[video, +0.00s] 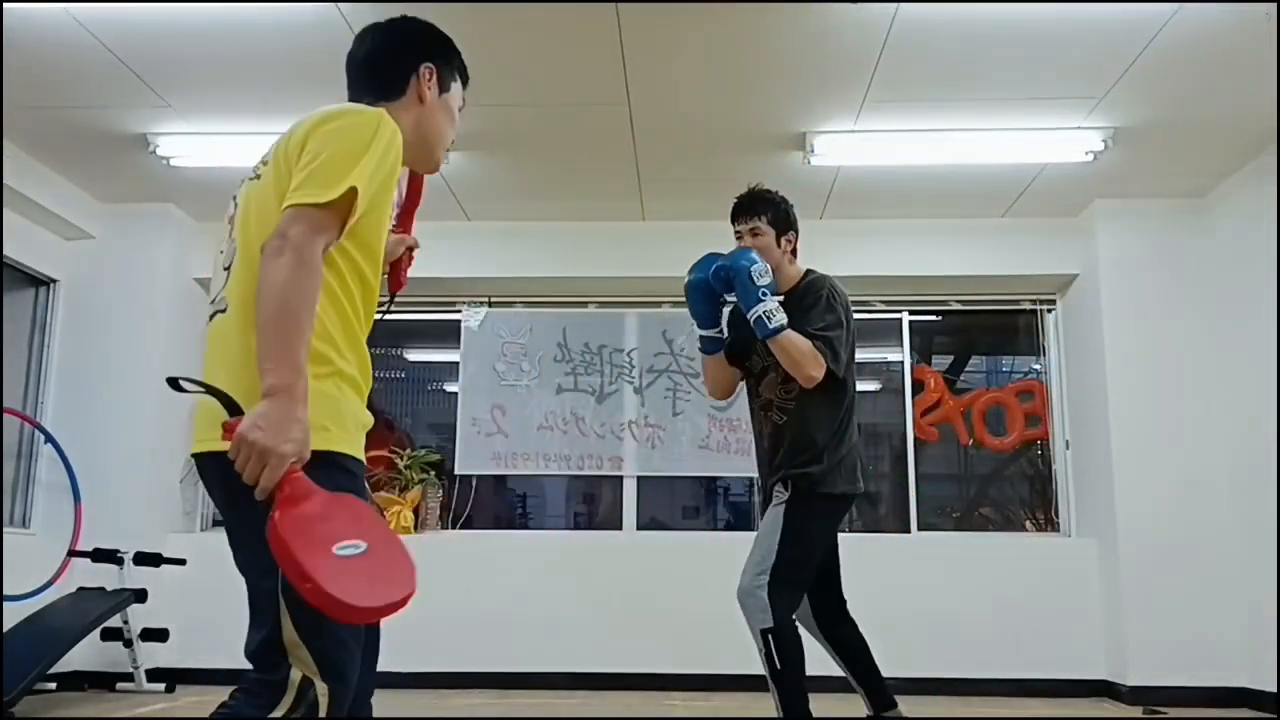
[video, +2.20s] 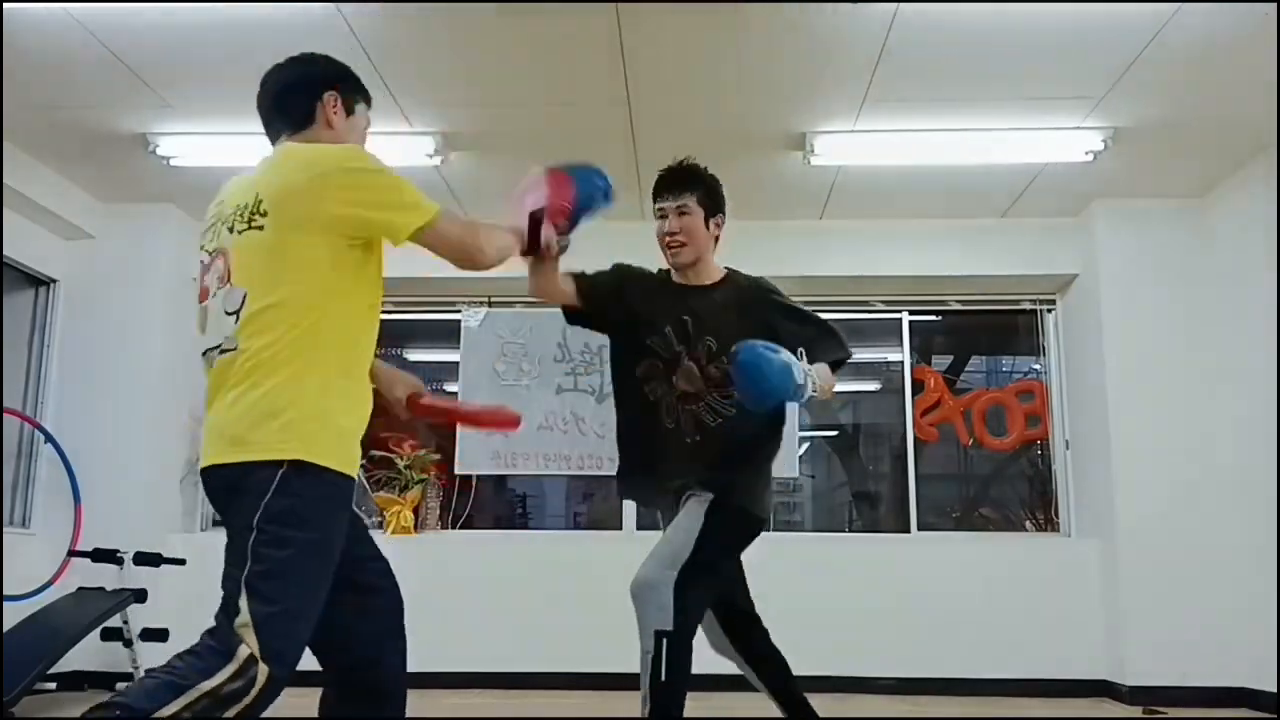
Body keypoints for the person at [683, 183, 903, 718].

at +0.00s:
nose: (744, 248)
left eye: (754, 235)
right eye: (738, 238)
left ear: (788, 240)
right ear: (737, 246)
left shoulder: (823, 295)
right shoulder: (752, 310)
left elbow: (812, 371)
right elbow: (721, 389)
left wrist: (760, 302)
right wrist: (709, 325)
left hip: (818, 475)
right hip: (785, 476)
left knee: (761, 594)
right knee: (820, 607)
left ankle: (796, 715)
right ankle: (885, 709)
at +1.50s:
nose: (701, 217)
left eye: (713, 205)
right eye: (695, 207)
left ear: (749, 216)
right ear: (696, 219)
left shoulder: (777, 274)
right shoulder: (704, 288)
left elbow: (775, 335)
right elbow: (665, 368)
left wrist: (716, 272)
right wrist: (656, 310)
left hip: (766, 470)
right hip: (742, 470)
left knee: (699, 591)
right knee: (787, 606)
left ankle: (742, 714)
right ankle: (848, 711)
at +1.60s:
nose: (687, 214)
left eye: (699, 200)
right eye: (681, 206)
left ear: (738, 208)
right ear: (682, 214)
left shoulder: (759, 253)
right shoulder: (704, 281)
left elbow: (702, 256)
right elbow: (669, 358)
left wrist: (631, 201)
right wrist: (654, 299)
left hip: (756, 460)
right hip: (761, 462)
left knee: (680, 577)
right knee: (758, 598)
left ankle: (728, 713)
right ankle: (836, 709)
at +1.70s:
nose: (690, 229)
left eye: (704, 216)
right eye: (687, 218)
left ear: (742, 222)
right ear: (684, 223)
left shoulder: (756, 272)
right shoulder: (705, 291)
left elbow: (684, 276)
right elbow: (658, 374)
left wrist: (611, 206)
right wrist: (653, 313)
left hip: (748, 476)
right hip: (727, 476)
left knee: (679, 625)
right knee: (762, 625)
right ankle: (843, 713)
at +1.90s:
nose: (655, 257)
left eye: (662, 244)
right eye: (652, 247)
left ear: (699, 243)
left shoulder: (721, 287)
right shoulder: (659, 321)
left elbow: (736, 348)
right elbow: (698, 405)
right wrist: (665, 362)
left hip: (736, 494)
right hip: (773, 499)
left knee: (629, 604)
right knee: (733, 606)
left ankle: (650, 712)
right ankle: (801, 711)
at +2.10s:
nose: (660, 243)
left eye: (672, 231)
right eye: (656, 235)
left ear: (709, 238)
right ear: (655, 247)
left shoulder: (756, 303)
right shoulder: (658, 326)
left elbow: (838, 371)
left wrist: (786, 414)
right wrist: (606, 335)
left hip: (742, 497)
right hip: (688, 500)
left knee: (657, 595)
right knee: (716, 648)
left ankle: (660, 712)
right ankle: (795, 717)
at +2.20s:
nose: (669, 226)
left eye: (683, 214)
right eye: (661, 217)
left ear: (716, 226)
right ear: (654, 228)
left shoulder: (754, 299)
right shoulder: (631, 291)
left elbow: (827, 378)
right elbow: (546, 288)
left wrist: (804, 378)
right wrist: (548, 233)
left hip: (734, 484)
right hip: (668, 487)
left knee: (659, 587)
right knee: (733, 624)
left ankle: (662, 714)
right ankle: (804, 714)